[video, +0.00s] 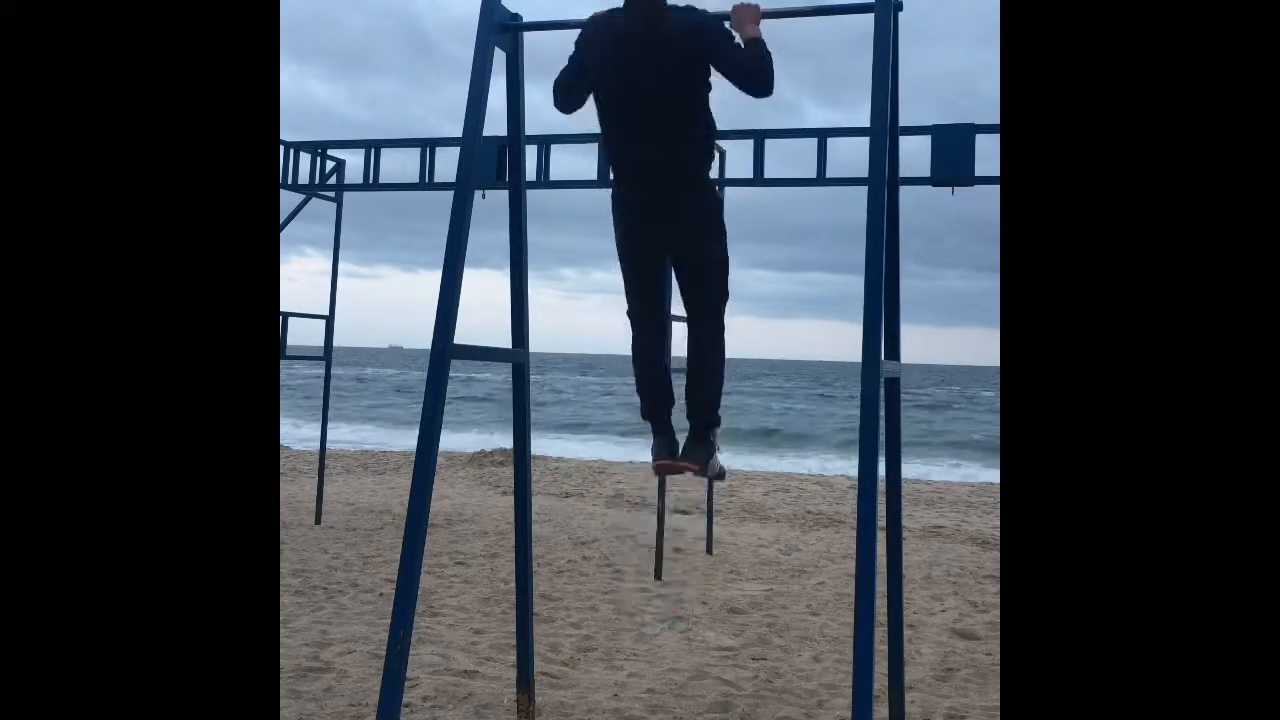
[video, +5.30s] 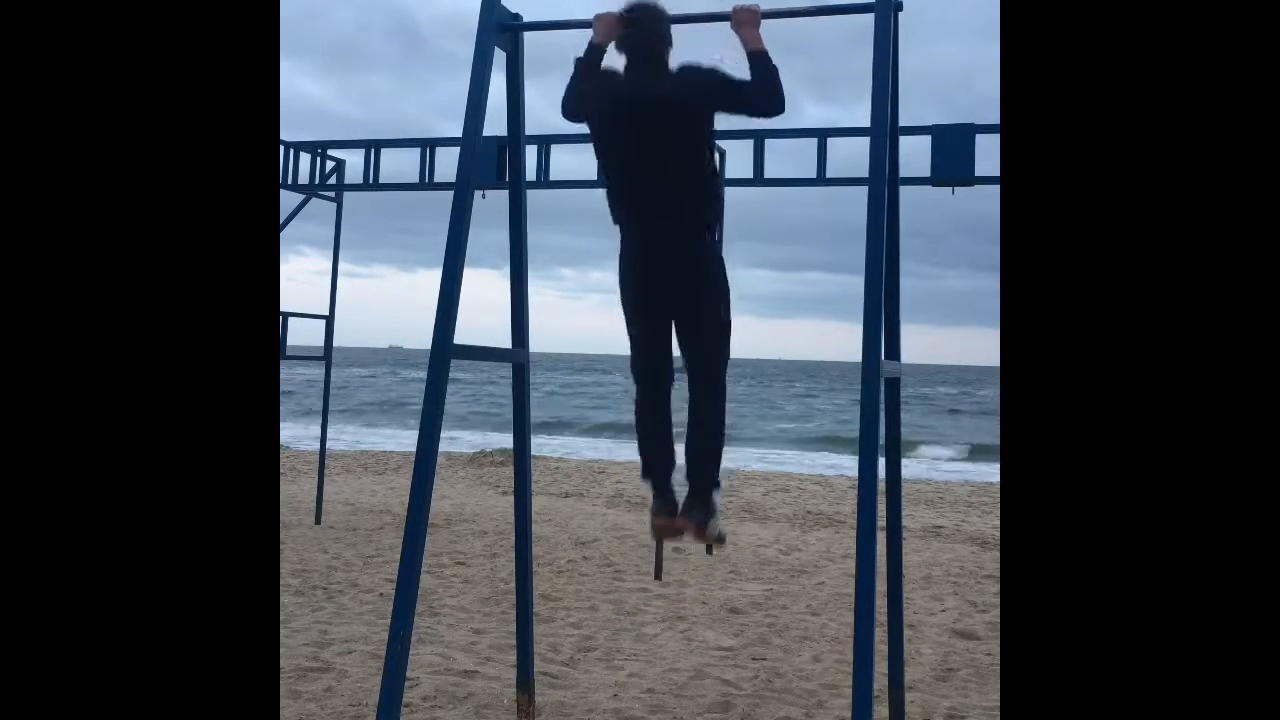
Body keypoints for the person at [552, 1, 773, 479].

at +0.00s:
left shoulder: (600, 32)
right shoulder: (697, 25)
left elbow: (566, 99)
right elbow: (759, 81)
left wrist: (596, 40)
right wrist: (751, 33)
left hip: (635, 204)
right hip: (693, 200)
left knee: (647, 323)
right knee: (707, 319)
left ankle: (662, 441)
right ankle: (701, 443)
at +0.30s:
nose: (656, 61)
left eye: (636, 55)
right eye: (660, 52)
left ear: (623, 64)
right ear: (669, 59)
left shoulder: (609, 110)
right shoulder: (702, 103)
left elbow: (576, 103)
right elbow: (773, 101)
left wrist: (597, 44)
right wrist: (754, 40)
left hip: (640, 280)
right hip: (699, 280)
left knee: (645, 403)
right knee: (699, 405)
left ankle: (648, 529)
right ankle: (681, 533)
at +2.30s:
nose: (656, 41)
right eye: (655, 33)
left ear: (609, 45)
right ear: (656, 40)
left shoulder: (594, 99)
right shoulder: (688, 84)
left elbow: (577, 100)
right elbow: (755, 104)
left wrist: (595, 45)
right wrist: (750, 42)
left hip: (632, 258)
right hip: (690, 255)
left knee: (641, 377)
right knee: (700, 379)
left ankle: (650, 498)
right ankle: (686, 502)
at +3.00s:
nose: (683, 122)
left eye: (674, 117)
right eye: (680, 116)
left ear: (631, 130)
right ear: (678, 124)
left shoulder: (620, 167)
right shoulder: (707, 161)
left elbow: (592, 114)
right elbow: (760, 111)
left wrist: (600, 46)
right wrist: (751, 43)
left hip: (646, 330)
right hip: (701, 332)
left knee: (639, 460)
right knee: (695, 469)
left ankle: (631, 592)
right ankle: (666, 600)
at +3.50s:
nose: (640, 75)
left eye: (622, 67)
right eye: (651, 66)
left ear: (613, 75)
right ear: (659, 73)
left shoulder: (600, 125)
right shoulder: (692, 114)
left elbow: (589, 91)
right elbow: (754, 106)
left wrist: (599, 43)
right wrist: (749, 43)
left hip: (634, 288)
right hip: (692, 287)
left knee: (639, 410)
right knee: (696, 413)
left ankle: (642, 531)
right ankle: (678, 538)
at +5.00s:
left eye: (618, 4)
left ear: (618, 3)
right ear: (664, 1)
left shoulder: (599, 41)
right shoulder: (693, 34)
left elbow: (564, 99)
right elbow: (762, 88)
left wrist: (594, 33)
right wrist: (750, 36)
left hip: (634, 206)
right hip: (693, 203)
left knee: (651, 324)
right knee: (710, 321)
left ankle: (668, 445)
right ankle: (706, 448)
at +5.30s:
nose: (657, 45)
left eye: (638, 34)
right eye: (661, 35)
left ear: (622, 46)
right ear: (668, 44)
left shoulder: (603, 94)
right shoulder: (697, 86)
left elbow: (571, 104)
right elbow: (770, 101)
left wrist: (597, 43)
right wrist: (754, 41)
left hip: (639, 261)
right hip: (698, 259)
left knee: (650, 381)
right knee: (707, 381)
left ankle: (662, 503)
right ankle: (700, 504)